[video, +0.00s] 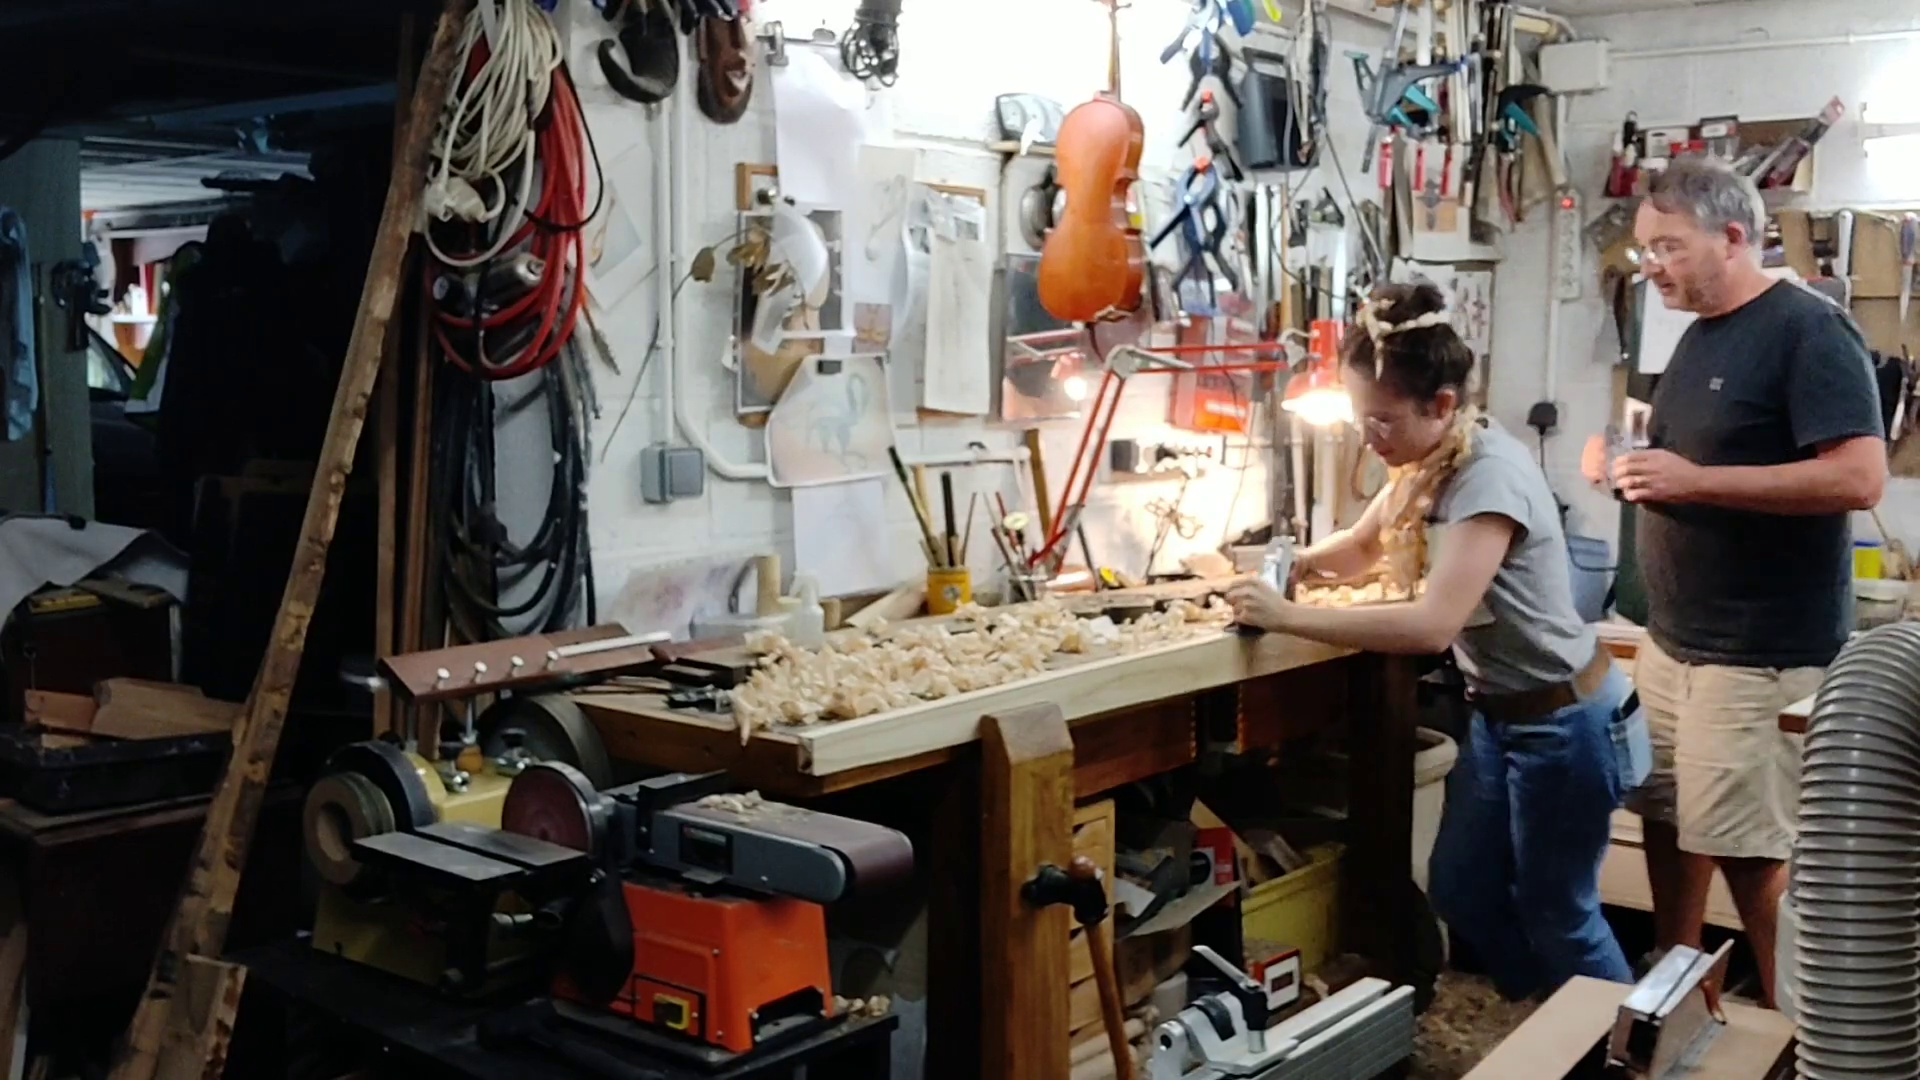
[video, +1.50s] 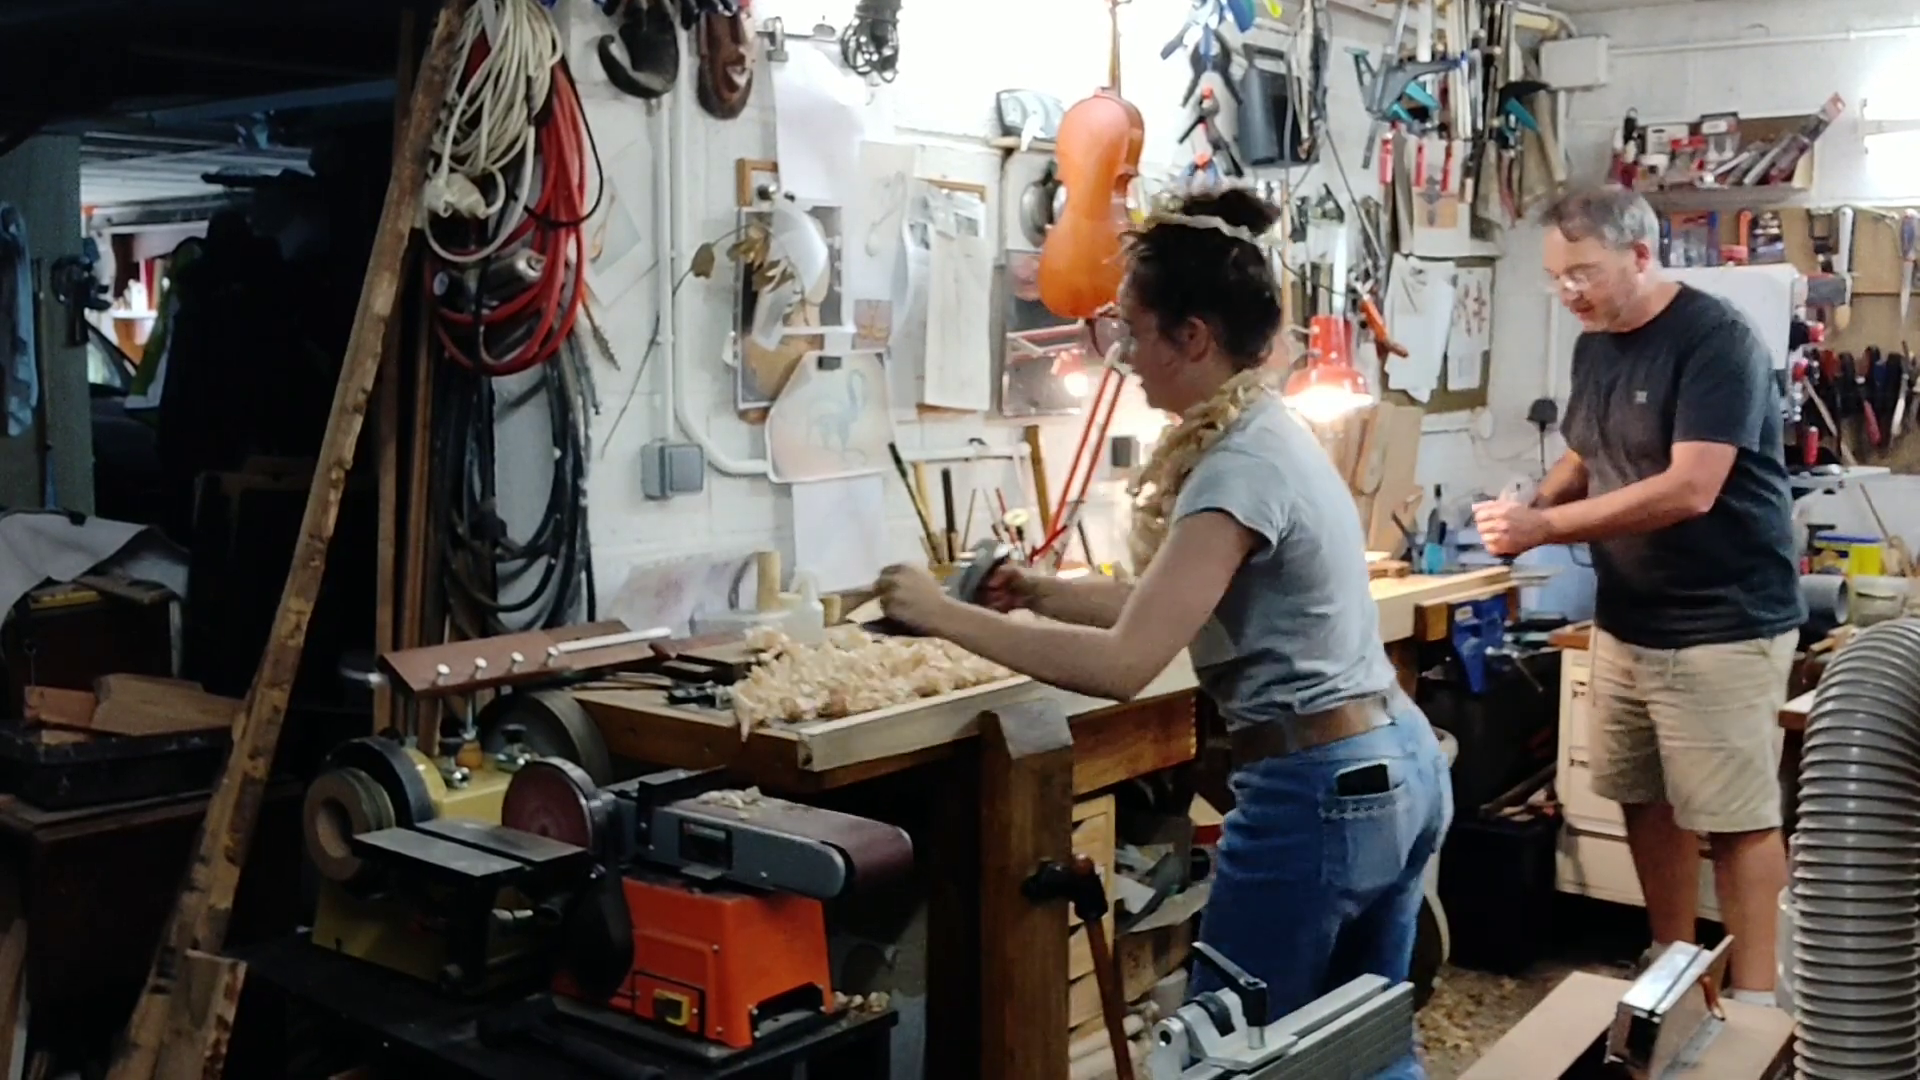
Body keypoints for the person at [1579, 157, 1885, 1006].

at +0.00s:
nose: (1653, 268)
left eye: (1666, 249)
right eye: (1647, 252)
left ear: (1733, 237)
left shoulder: (1812, 326)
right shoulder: (1700, 335)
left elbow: (1861, 476)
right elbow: (1697, 457)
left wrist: (1694, 480)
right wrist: (1630, 460)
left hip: (1762, 650)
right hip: (1674, 632)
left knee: (1754, 845)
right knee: (1673, 820)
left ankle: (1783, 1010)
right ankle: (1677, 982)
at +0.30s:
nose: (1622, 254)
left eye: (1640, 234)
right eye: (1611, 238)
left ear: (1699, 228)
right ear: (1605, 244)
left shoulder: (1782, 313)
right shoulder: (1624, 336)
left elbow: (1860, 450)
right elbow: (1584, 447)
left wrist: (1719, 465)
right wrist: (1580, 465)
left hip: (1746, 629)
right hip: (1637, 624)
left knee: (1741, 831)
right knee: (1663, 811)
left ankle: (1754, 1008)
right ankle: (1675, 972)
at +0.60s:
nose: (1630, 250)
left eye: (1649, 230)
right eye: (1618, 234)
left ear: (1704, 229)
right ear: (1609, 243)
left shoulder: (1777, 313)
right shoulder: (1615, 337)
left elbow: (1852, 453)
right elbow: (1562, 466)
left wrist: (1722, 464)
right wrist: (1581, 466)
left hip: (1737, 628)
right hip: (1631, 625)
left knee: (1743, 823)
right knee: (1667, 809)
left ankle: (1754, 1004)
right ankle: (1676, 971)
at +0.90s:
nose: (1632, 248)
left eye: (1651, 229)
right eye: (1620, 233)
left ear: (1707, 229)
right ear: (1612, 242)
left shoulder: (1776, 313)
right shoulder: (1619, 336)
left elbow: (1847, 456)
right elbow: (1565, 462)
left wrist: (1712, 465)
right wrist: (1576, 467)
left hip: (1735, 627)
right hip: (1629, 622)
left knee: (1745, 824)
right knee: (1667, 808)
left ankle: (1753, 1005)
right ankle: (1676, 967)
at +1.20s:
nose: (1617, 259)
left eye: (1636, 239)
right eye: (1605, 242)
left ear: (1691, 234)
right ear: (1596, 244)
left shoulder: (1765, 316)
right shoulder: (1615, 334)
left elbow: (1806, 461)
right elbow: (1577, 443)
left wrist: (1658, 481)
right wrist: (1568, 468)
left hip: (1732, 626)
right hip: (1626, 620)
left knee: (1746, 818)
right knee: (1658, 806)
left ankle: (1756, 996)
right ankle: (1678, 968)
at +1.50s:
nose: (1567, 294)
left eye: (1579, 274)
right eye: (1557, 279)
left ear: (1640, 255)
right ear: (1556, 272)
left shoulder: (1718, 338)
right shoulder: (1594, 347)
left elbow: (1692, 490)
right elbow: (1584, 457)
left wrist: (1547, 526)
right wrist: (1533, 507)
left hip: (1726, 630)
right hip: (1627, 625)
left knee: (1736, 818)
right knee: (1646, 804)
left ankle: (1754, 1000)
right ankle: (1674, 966)